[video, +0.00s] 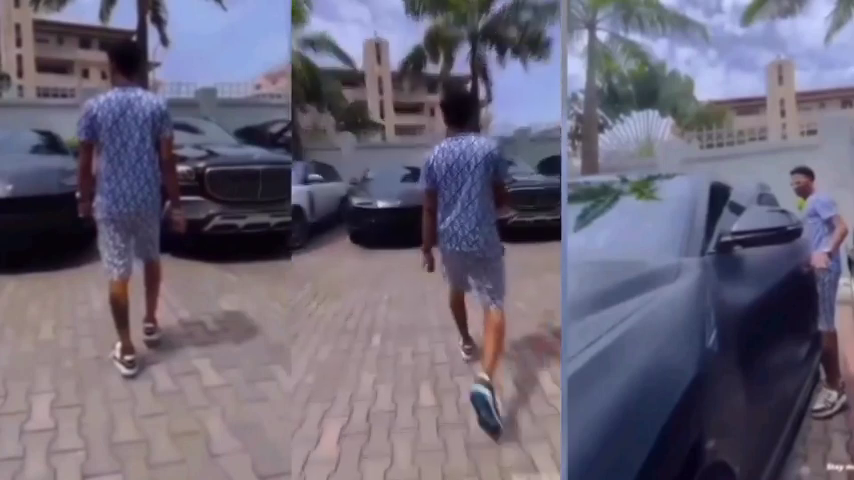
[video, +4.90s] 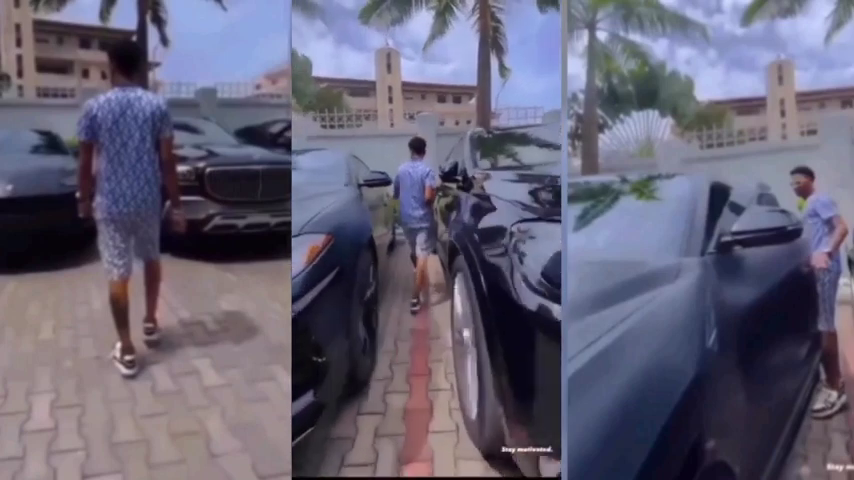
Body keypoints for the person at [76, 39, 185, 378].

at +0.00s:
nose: (110, 72)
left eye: (110, 66)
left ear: (112, 68)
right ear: (142, 67)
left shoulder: (96, 107)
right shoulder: (156, 106)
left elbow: (85, 161)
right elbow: (167, 160)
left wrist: (85, 199)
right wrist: (175, 202)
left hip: (110, 201)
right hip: (147, 200)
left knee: (118, 273)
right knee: (151, 260)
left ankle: (125, 348)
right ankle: (150, 319)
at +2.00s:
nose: (110, 71)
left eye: (110, 66)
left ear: (112, 68)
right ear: (142, 67)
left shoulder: (95, 107)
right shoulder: (156, 106)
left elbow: (85, 161)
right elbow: (167, 160)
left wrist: (84, 199)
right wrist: (175, 202)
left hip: (110, 201)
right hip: (147, 200)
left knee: (118, 273)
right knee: (151, 260)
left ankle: (125, 348)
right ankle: (150, 319)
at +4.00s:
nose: (110, 71)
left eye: (110, 66)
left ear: (112, 68)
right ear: (142, 67)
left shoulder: (95, 107)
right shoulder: (156, 106)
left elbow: (85, 161)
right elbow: (167, 160)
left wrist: (84, 199)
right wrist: (175, 202)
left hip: (110, 202)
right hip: (147, 200)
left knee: (118, 273)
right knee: (151, 260)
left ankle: (125, 348)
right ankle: (150, 319)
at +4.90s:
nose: (111, 72)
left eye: (110, 66)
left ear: (112, 68)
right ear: (142, 68)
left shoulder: (96, 107)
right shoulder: (156, 106)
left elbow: (85, 161)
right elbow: (167, 160)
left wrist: (84, 199)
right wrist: (175, 202)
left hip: (110, 202)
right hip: (147, 201)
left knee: (118, 273)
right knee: (151, 259)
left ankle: (125, 348)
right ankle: (150, 319)